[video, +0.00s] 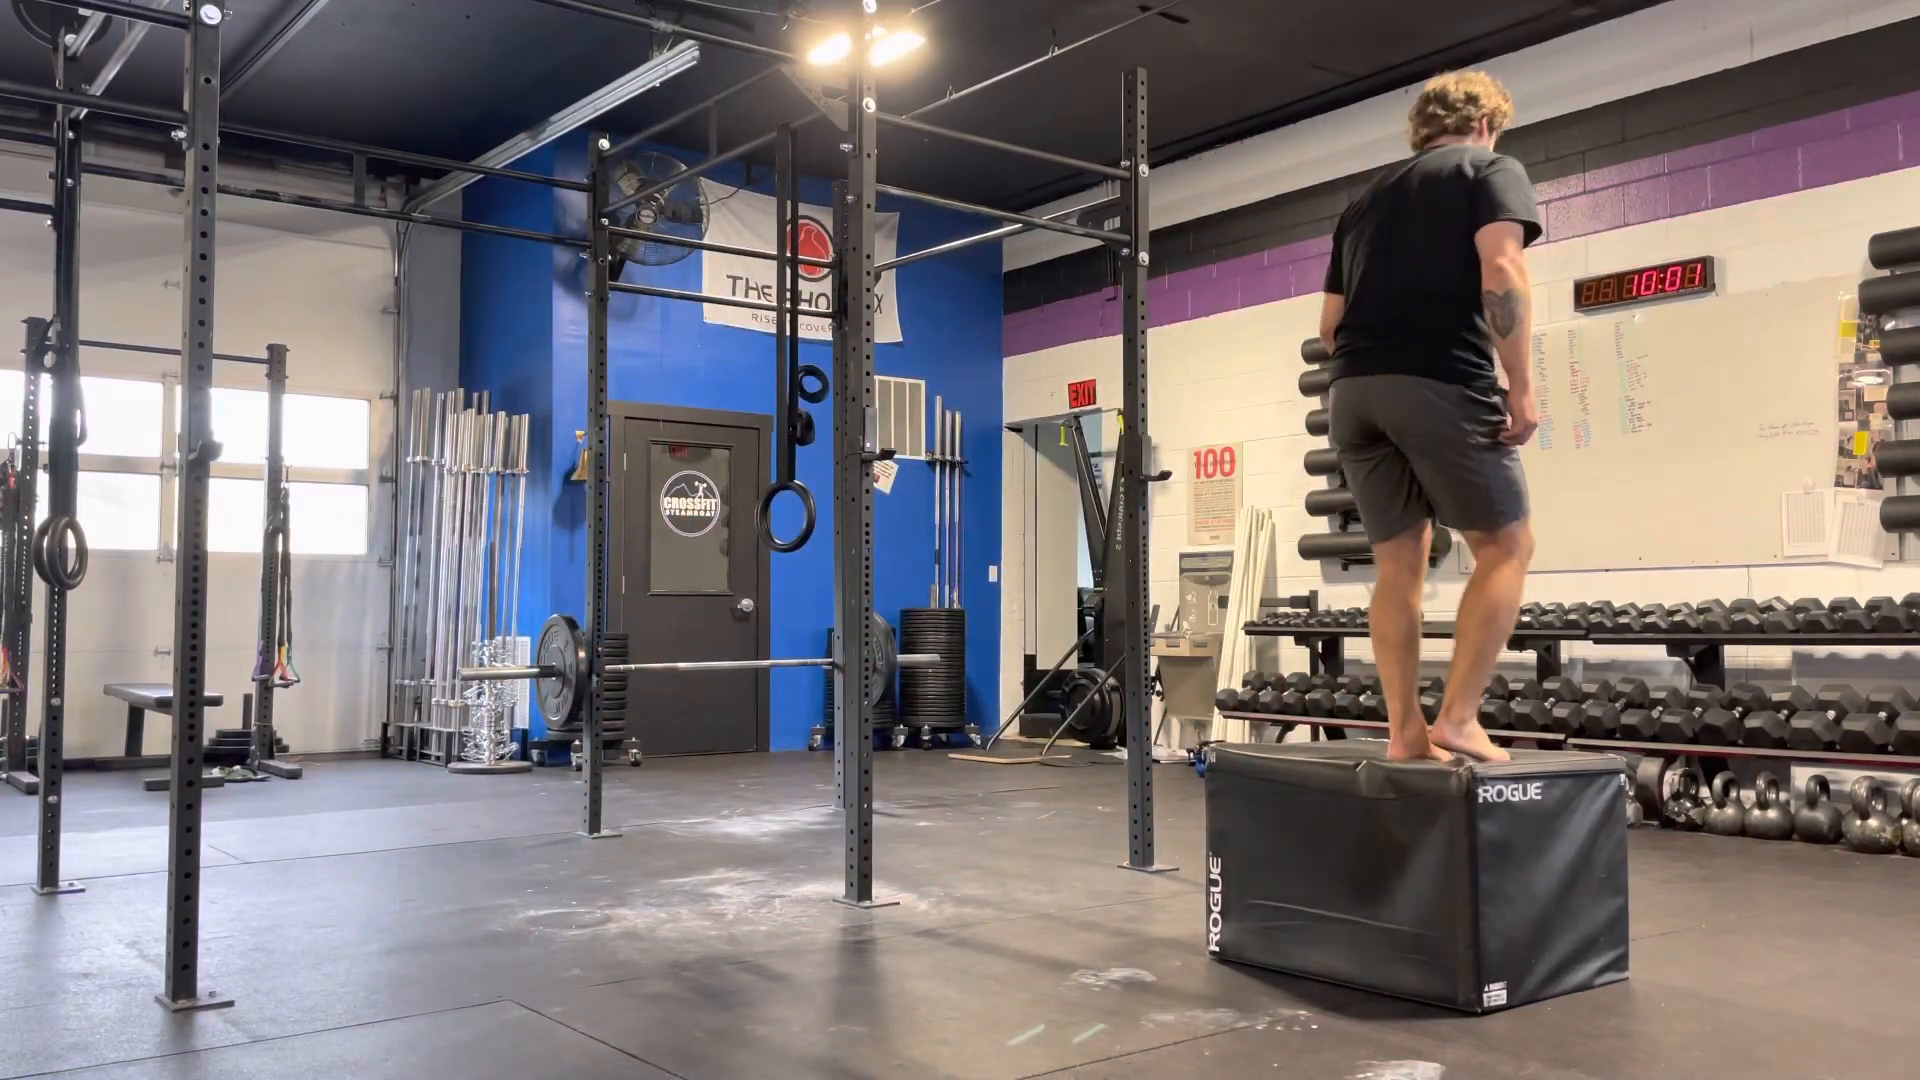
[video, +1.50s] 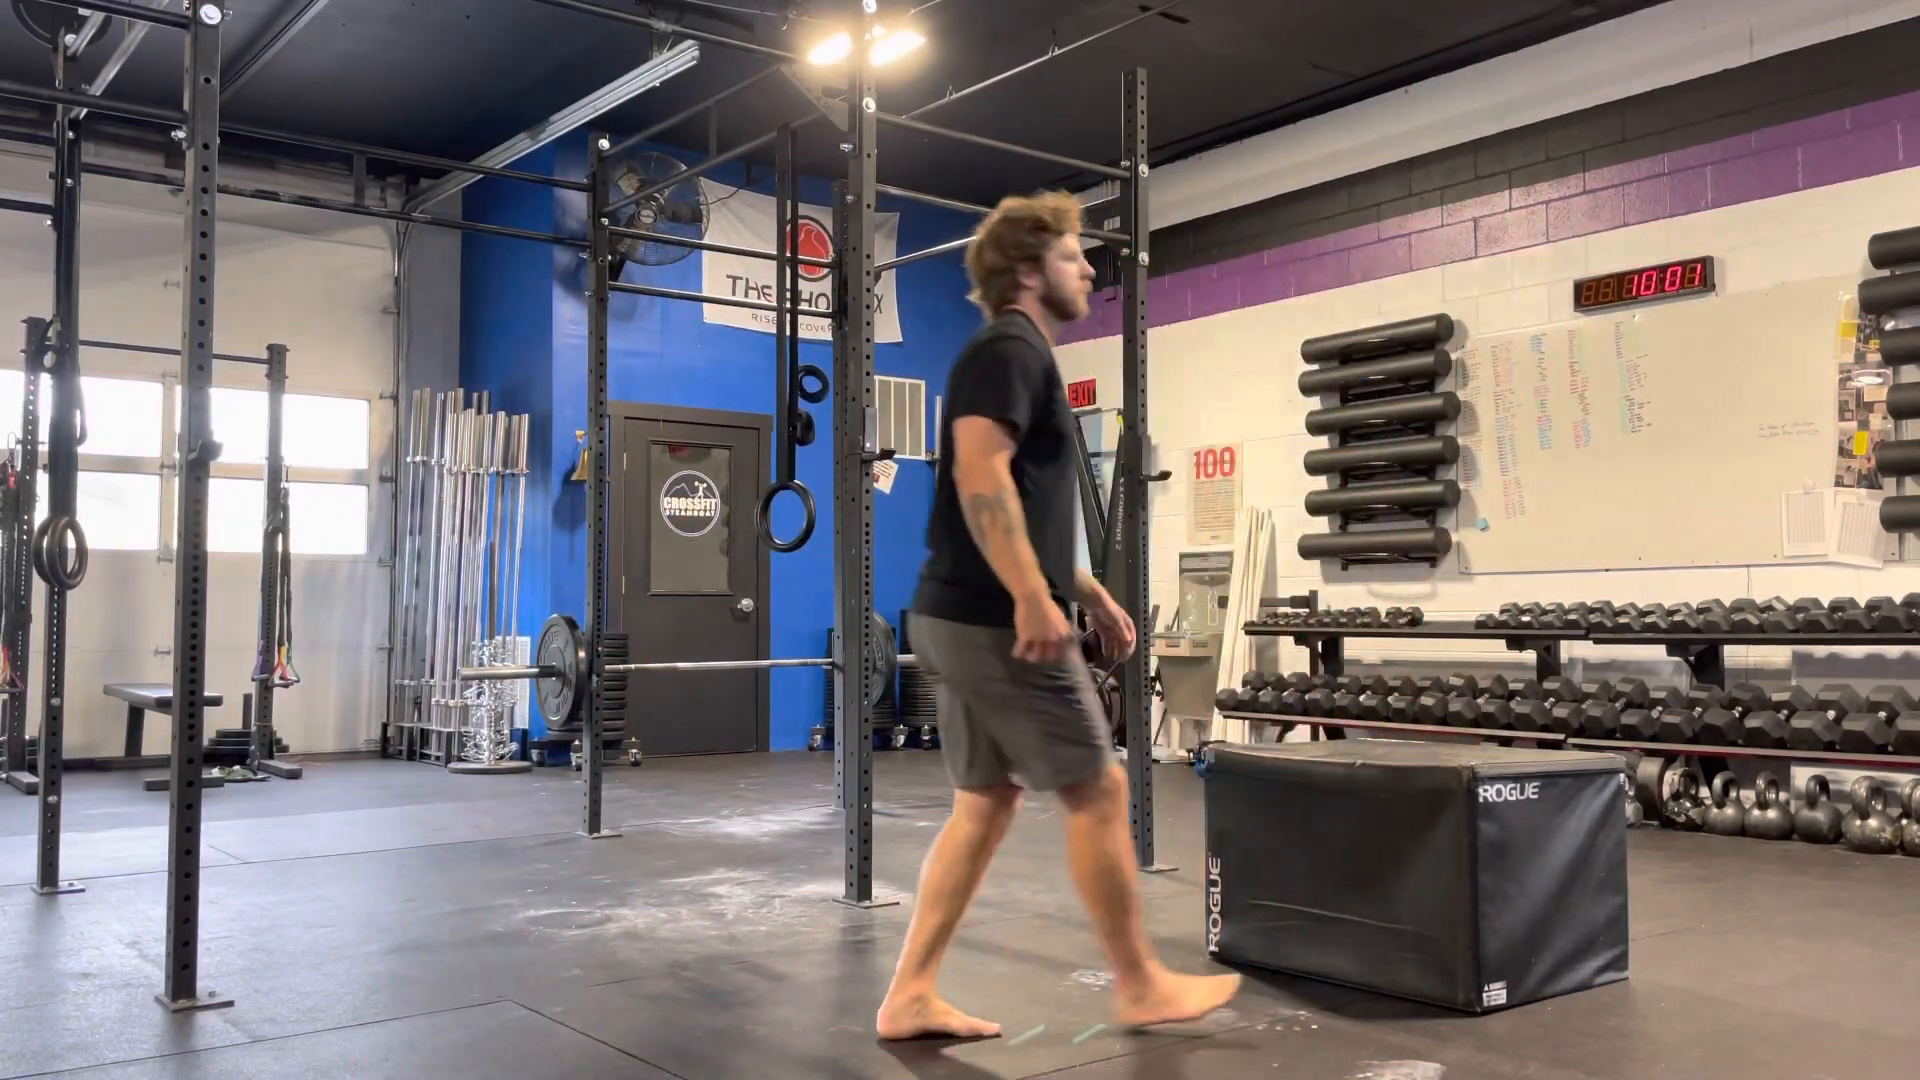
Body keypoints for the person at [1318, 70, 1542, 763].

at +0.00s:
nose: (1500, 144)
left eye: (1500, 135)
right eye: (1499, 134)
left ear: (1419, 130)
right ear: (1482, 127)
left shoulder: (1365, 199)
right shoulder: (1488, 167)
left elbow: (1331, 323)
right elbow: (1500, 273)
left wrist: (1370, 377)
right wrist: (1520, 387)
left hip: (1352, 389)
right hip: (1438, 384)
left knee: (1398, 553)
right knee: (1502, 548)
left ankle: (1406, 732)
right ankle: (1457, 720)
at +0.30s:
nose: (1467, 165)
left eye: (1465, 157)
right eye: (1465, 156)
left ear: (1386, 160)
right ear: (1449, 149)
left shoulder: (1341, 227)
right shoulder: (1459, 183)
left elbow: (1302, 336)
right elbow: (1485, 280)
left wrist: (1295, 438)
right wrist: (1510, 396)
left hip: (1321, 396)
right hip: (1396, 392)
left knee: (1383, 568)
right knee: (1443, 573)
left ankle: (1403, 735)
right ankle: (1319, 698)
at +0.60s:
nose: (1426, 235)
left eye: (1423, 225)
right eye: (1422, 225)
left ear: (1339, 235)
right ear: (1406, 225)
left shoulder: (1301, 296)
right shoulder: (1428, 267)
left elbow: (1248, 413)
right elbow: (1488, 395)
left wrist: (1266, 516)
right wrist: (1502, 478)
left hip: (1267, 474)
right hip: (1337, 483)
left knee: (1387, 559)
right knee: (1314, 685)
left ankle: (1402, 732)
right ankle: (1255, 855)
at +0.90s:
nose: (1326, 317)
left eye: (1324, 303)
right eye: (1324, 304)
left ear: (1244, 311)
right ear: (1305, 310)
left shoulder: (1186, 399)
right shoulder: (1311, 383)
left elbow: (1148, 519)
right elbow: (1386, 512)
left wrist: (1172, 613)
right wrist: (1429, 566)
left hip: (1199, 615)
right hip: (1272, 621)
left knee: (1326, 560)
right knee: (1291, 815)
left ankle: (1389, 725)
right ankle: (1205, 992)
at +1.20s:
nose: (1221, 264)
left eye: (1217, 249)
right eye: (1214, 250)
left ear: (1128, 267)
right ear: (1191, 259)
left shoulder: (1085, 357)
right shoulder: (1192, 345)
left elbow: (1054, 478)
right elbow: (1181, 465)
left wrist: (1086, 567)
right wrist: (1183, 593)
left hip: (1090, 592)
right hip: (1157, 593)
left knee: (1159, 738)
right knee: (1213, 786)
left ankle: (1061, 830)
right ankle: (1203, 987)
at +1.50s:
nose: (1089, 269)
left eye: (1084, 255)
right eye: (1075, 254)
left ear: (1032, 271)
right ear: (1034, 267)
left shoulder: (1024, 357)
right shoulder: (1008, 348)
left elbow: (1028, 505)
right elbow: (978, 474)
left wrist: (1089, 591)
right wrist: (1032, 595)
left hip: (967, 616)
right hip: (1000, 615)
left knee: (985, 796)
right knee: (1099, 788)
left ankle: (910, 994)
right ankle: (1141, 984)